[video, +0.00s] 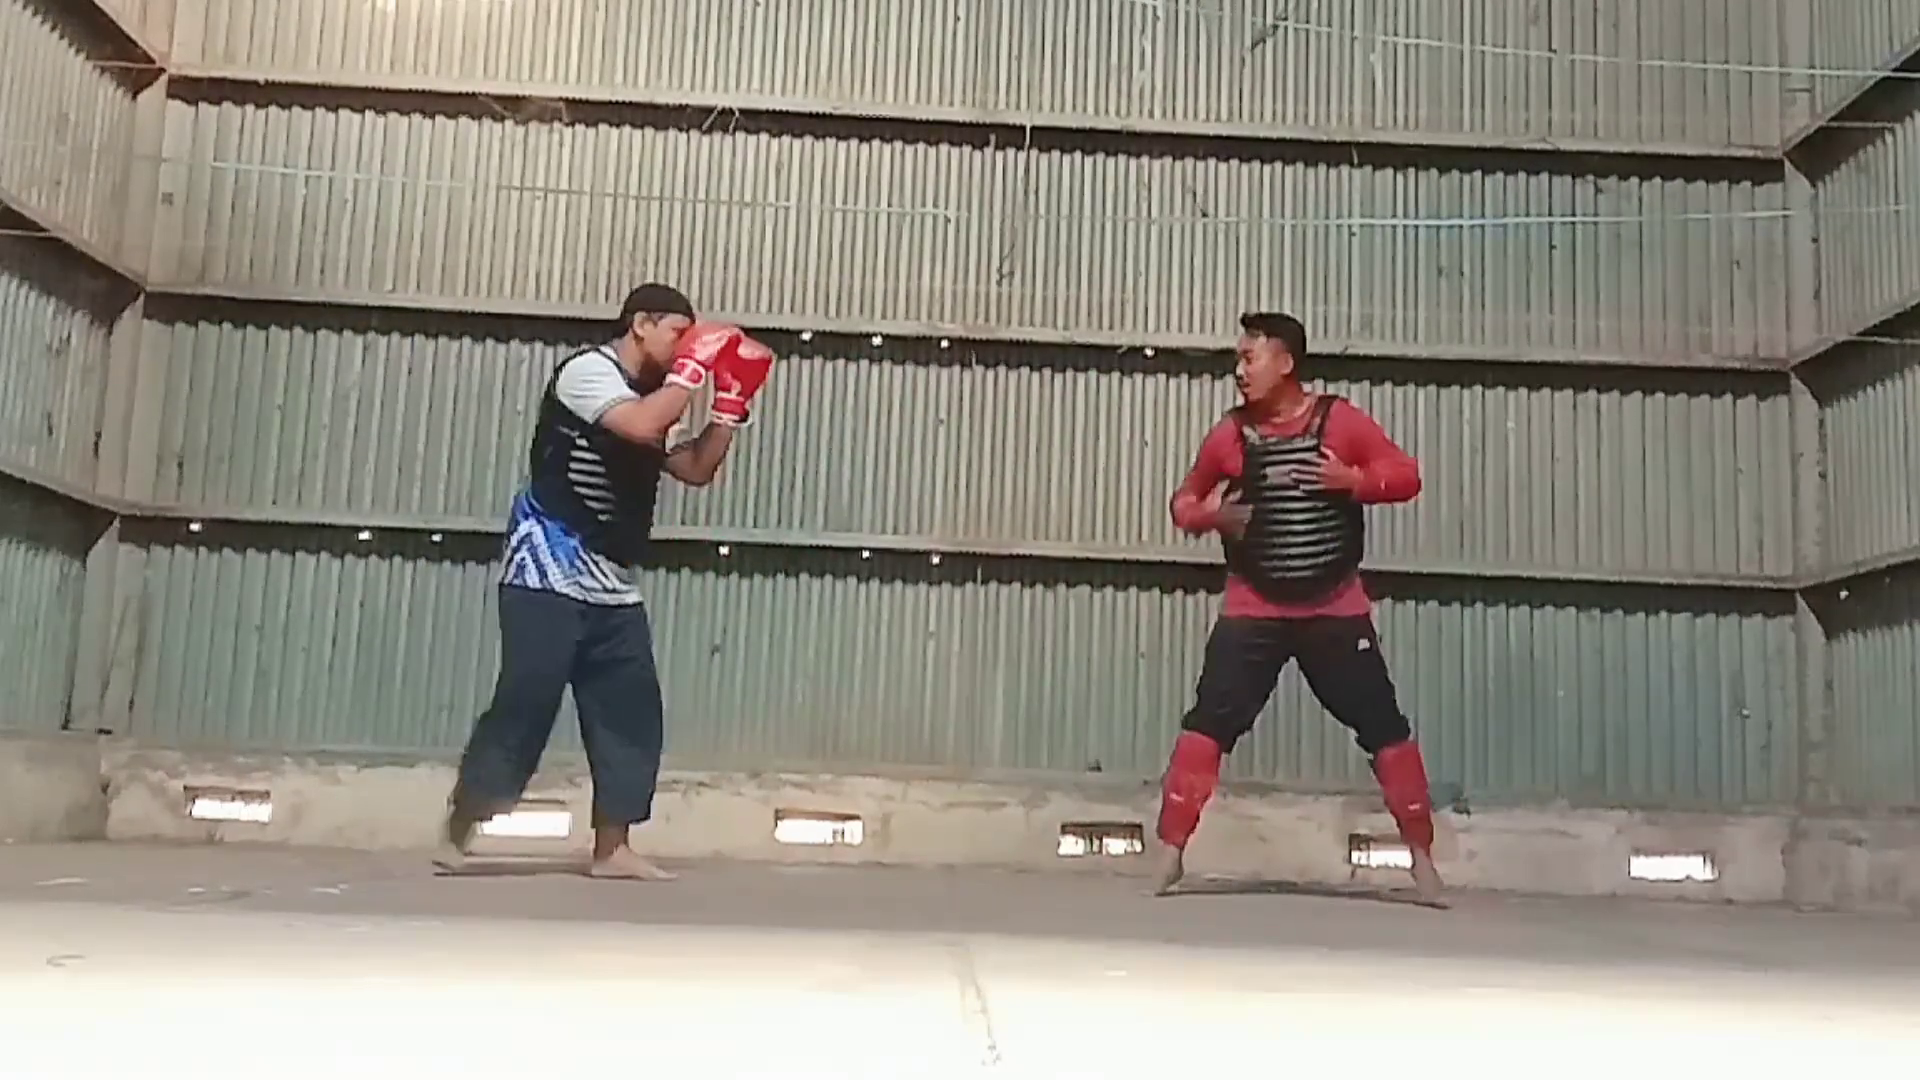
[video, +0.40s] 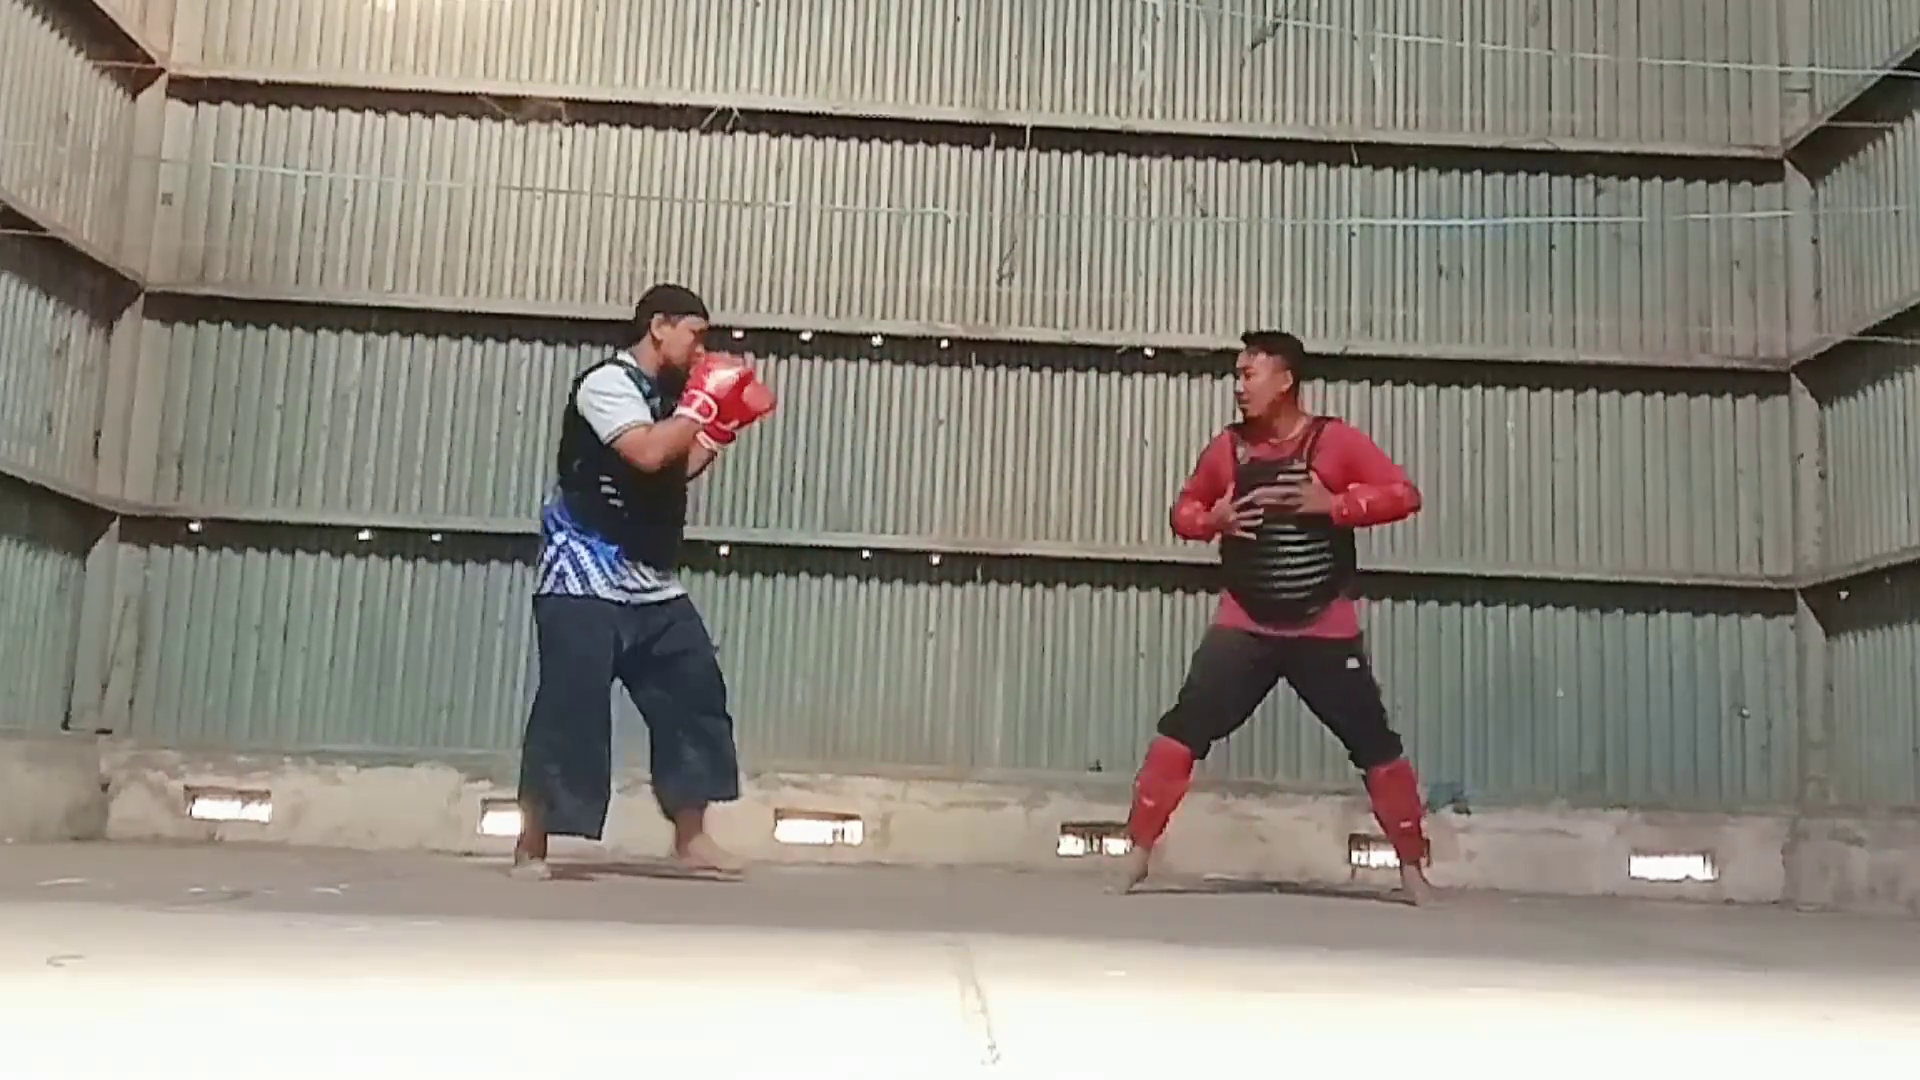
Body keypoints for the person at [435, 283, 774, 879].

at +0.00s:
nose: (685, 345)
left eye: (688, 334)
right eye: (678, 331)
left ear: (655, 332)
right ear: (641, 325)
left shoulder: (651, 398)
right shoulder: (585, 372)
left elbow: (696, 469)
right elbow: (642, 424)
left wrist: (731, 408)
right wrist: (692, 367)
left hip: (611, 574)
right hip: (547, 563)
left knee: (628, 705)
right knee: (531, 693)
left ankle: (611, 848)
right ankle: (469, 808)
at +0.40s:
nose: (701, 347)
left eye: (704, 337)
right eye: (696, 335)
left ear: (672, 333)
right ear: (658, 327)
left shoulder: (668, 396)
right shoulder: (604, 384)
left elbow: (679, 469)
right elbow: (649, 453)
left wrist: (724, 422)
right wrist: (700, 401)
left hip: (650, 577)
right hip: (582, 571)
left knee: (695, 691)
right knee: (571, 696)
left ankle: (690, 839)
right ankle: (532, 844)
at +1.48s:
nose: (779, 369)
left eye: (783, 360)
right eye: (773, 356)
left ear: (747, 354)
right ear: (738, 348)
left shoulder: (742, 422)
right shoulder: (675, 391)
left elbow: (772, 496)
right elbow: (714, 455)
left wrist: (829, 457)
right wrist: (769, 400)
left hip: (698, 585)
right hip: (632, 569)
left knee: (728, 705)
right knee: (602, 692)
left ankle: (751, 847)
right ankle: (546, 834)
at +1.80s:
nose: (715, 386)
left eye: (717, 376)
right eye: (707, 373)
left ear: (685, 372)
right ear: (669, 368)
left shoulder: (686, 442)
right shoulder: (605, 419)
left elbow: (719, 509)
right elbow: (639, 487)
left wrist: (759, 486)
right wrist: (702, 435)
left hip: (648, 615)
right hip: (572, 610)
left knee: (706, 713)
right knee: (559, 724)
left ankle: (753, 849)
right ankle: (509, 838)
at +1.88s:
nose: (692, 370)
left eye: (696, 361)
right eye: (684, 357)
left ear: (659, 356)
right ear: (644, 350)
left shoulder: (677, 427)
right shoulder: (578, 391)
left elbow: (718, 488)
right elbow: (591, 459)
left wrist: (755, 508)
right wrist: (664, 418)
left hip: (595, 593)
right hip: (519, 575)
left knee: (638, 702)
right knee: (502, 698)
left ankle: (668, 836)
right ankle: (500, 843)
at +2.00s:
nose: (649, 364)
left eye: (655, 354)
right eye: (642, 350)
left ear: (654, 359)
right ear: (603, 341)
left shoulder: (644, 412)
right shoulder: (534, 386)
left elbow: (665, 484)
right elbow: (536, 453)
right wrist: (615, 417)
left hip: (561, 569)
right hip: (481, 558)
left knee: (594, 681)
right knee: (458, 669)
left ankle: (588, 835)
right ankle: (439, 820)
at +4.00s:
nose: (743, 427)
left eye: (746, 417)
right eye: (739, 414)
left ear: (709, 406)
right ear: (704, 401)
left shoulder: (720, 463)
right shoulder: (624, 447)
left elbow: (754, 524)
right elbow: (624, 526)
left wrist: (778, 557)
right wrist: (697, 488)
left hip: (670, 628)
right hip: (593, 620)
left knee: (731, 706)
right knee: (554, 722)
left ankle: (749, 848)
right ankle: (473, 843)